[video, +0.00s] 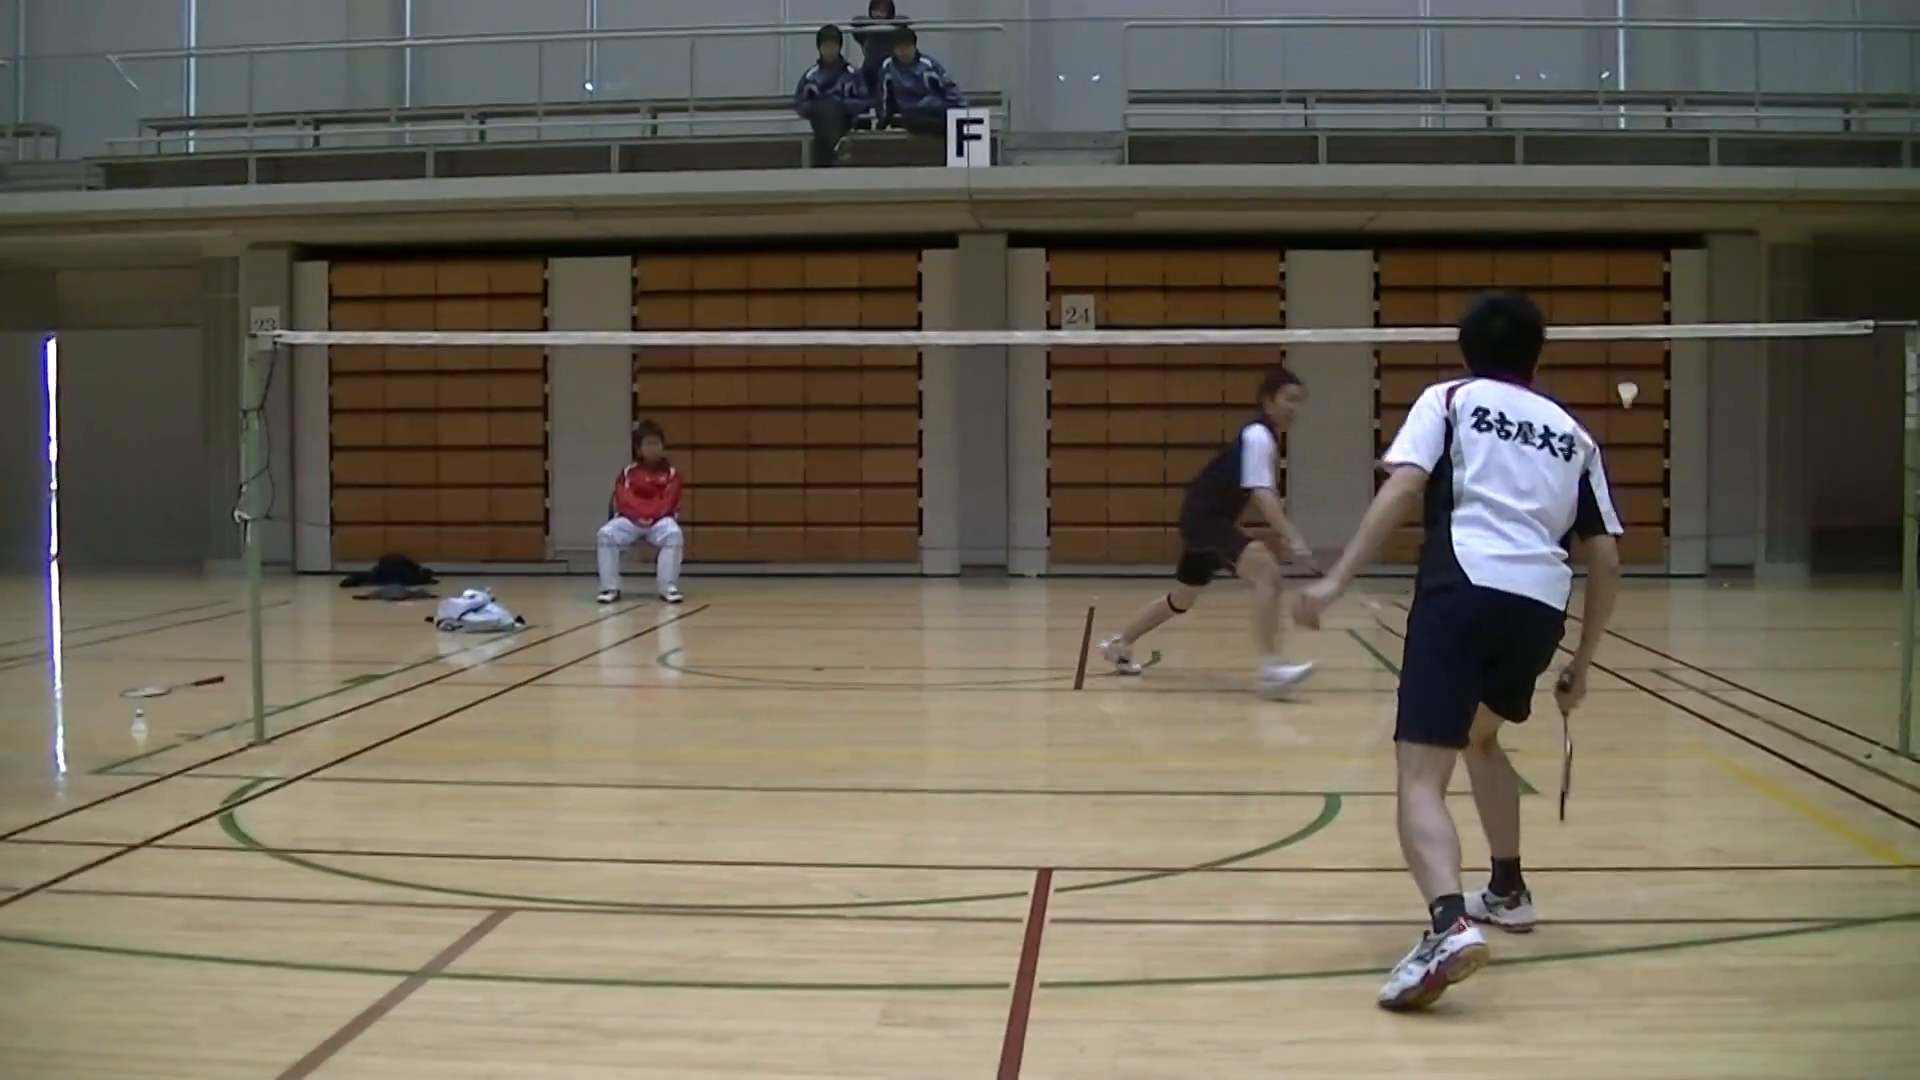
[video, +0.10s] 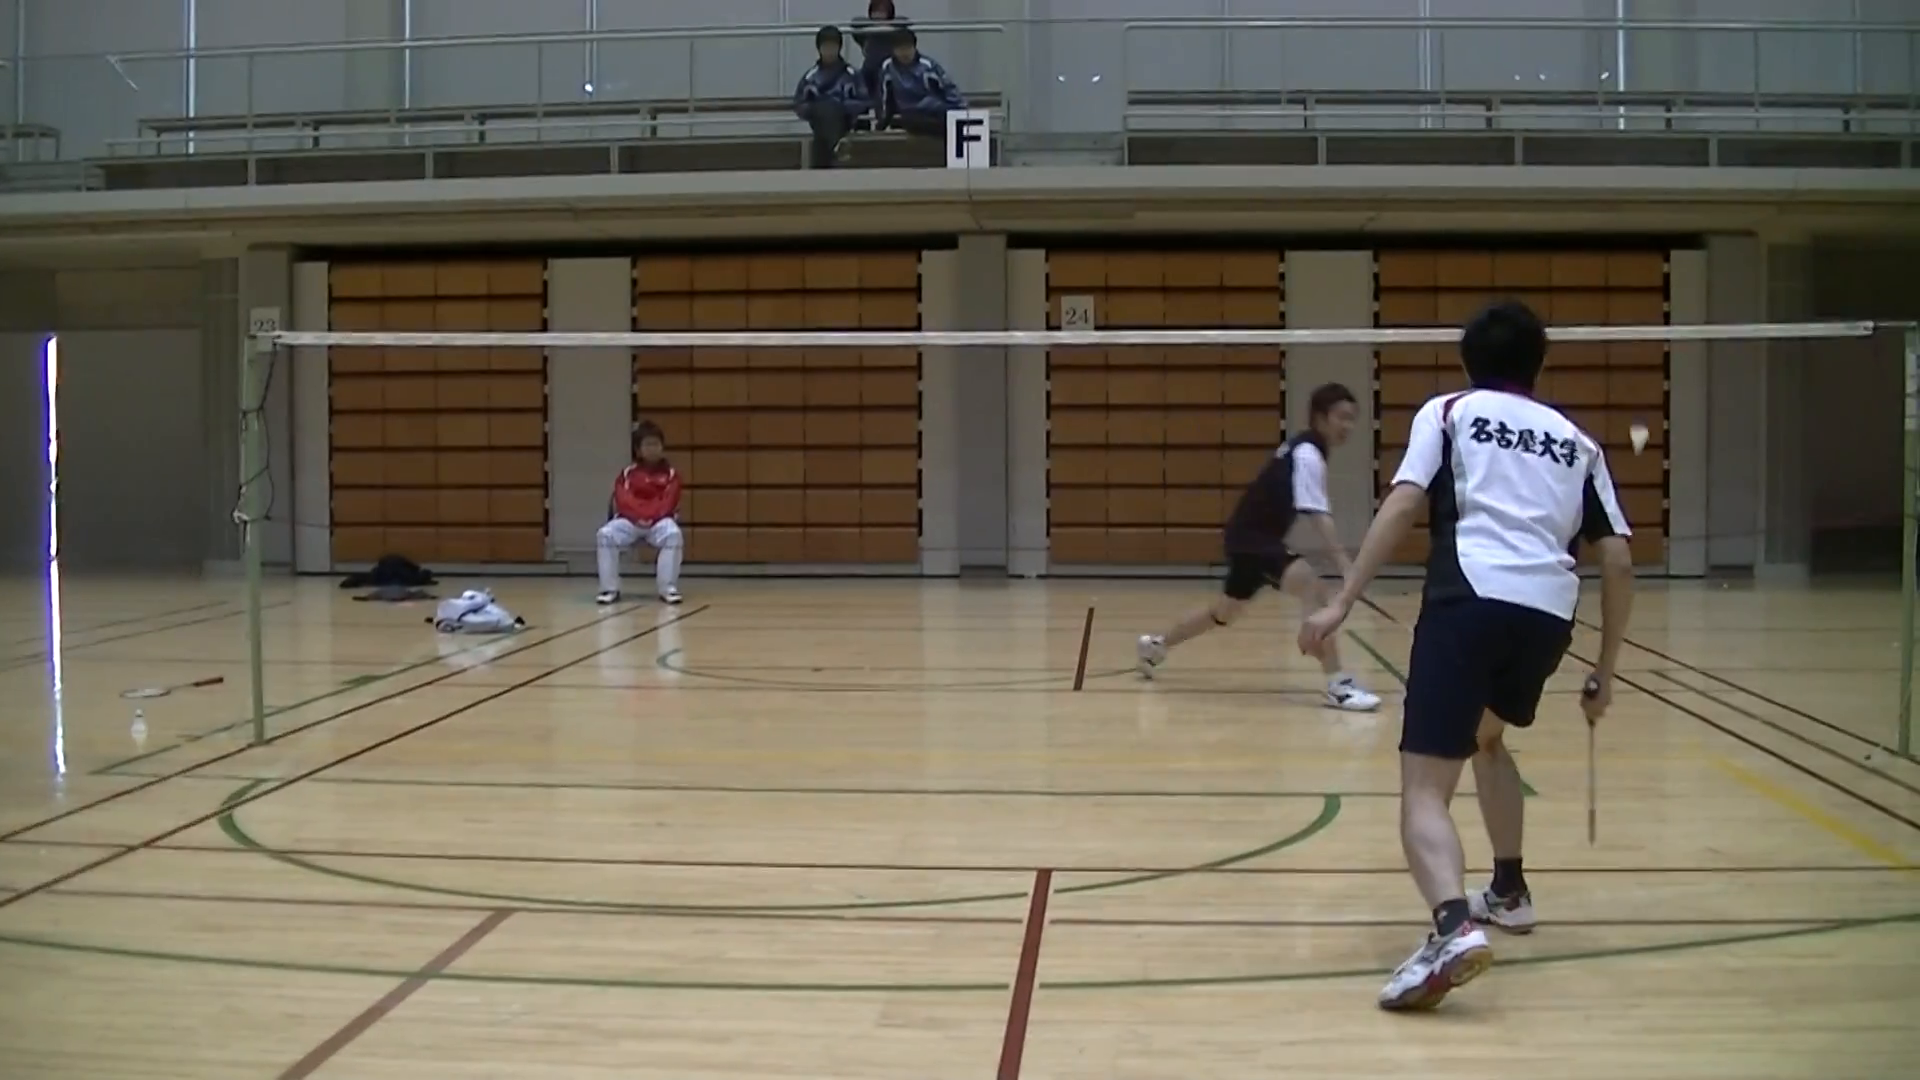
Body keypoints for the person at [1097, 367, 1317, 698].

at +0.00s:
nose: (1295, 408)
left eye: (1299, 401)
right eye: (1290, 399)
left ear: (1299, 403)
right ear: (1268, 400)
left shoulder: (1267, 437)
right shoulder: (1258, 436)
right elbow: (1263, 495)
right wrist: (1292, 538)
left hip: (1210, 521)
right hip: (1206, 521)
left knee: (1179, 600)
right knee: (1265, 569)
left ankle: (1119, 643)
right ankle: (1271, 665)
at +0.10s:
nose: (1349, 426)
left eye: (1352, 419)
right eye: (1342, 417)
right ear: (1320, 417)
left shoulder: (1303, 448)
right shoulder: (1308, 454)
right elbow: (1320, 517)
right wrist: (1346, 567)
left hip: (1251, 540)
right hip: (1255, 541)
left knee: (1224, 613)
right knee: (1314, 591)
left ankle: (1156, 647)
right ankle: (1338, 685)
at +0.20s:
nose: (1399, 439)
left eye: (1402, 431)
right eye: (1392, 430)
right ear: (1369, 429)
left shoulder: (1358, 460)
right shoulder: (1347, 462)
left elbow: (1357, 528)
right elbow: (1355, 532)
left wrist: (1362, 585)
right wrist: (1369, 590)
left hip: (1303, 541)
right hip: (1286, 540)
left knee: (1287, 631)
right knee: (1349, 583)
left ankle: (1219, 649)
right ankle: (1343, 684)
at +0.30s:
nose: (1437, 425)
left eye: (1442, 417)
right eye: (1432, 415)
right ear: (1409, 410)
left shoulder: (1396, 441)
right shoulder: (1385, 443)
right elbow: (1368, 516)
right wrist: (1371, 582)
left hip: (1335, 522)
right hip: (1319, 523)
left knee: (1357, 608)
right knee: (1365, 604)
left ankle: (1290, 647)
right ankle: (1346, 685)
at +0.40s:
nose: (1470, 402)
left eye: (1476, 395)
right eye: (1465, 392)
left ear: (1479, 393)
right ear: (1443, 386)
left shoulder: (1445, 424)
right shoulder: (1417, 415)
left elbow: (1412, 484)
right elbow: (1389, 481)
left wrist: (1408, 537)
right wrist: (1375, 544)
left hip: (1385, 507)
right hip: (1354, 508)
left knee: (1419, 588)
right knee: (1397, 590)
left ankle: (1385, 667)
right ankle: (1361, 668)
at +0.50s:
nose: (1495, 387)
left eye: (1499, 380)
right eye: (1492, 377)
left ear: (1491, 377)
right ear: (1473, 371)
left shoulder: (1474, 410)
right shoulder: (1443, 402)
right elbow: (1410, 467)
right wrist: (1391, 527)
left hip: (1428, 508)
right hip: (1399, 509)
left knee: (1461, 589)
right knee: (1439, 584)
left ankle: (1471, 685)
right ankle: (1395, 661)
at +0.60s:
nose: (1516, 386)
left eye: (1520, 380)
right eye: (1511, 376)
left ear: (1519, 386)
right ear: (1494, 374)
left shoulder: (1514, 419)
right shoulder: (1464, 408)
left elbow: (1500, 485)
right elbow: (1430, 473)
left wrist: (1500, 534)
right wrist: (1410, 535)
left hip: (1476, 523)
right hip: (1441, 522)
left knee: (1489, 598)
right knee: (1489, 588)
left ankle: (1481, 689)